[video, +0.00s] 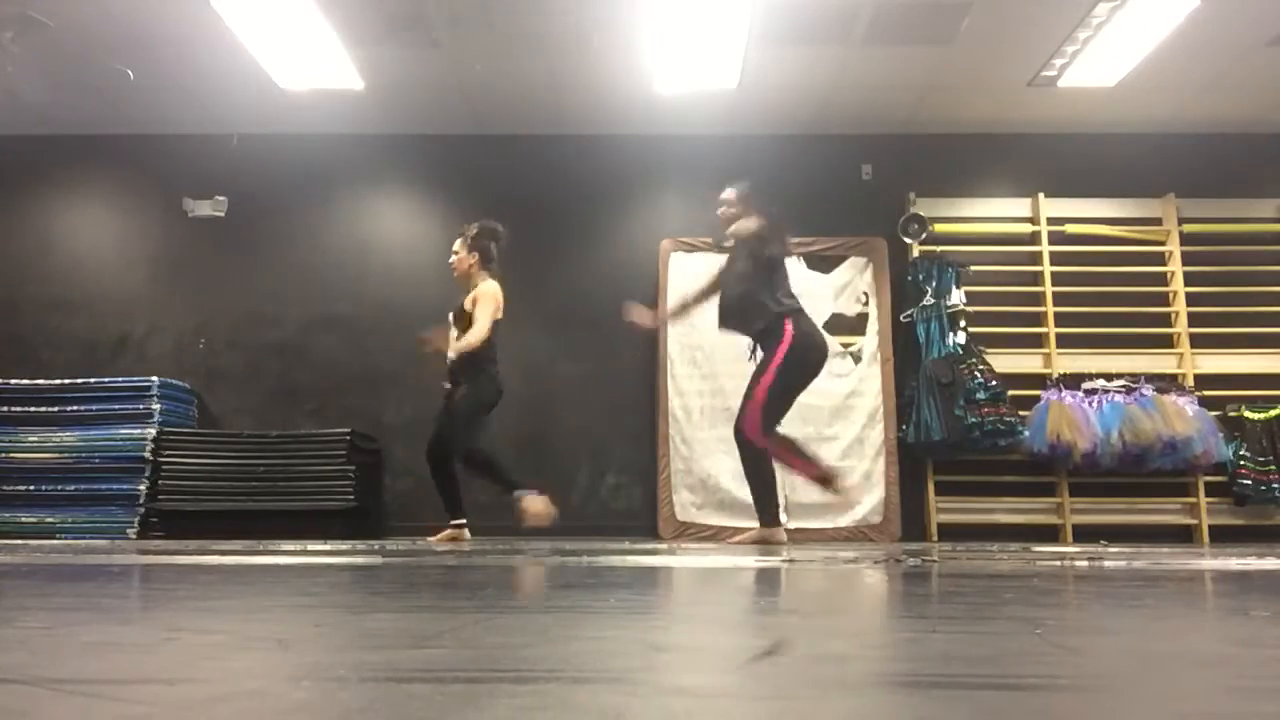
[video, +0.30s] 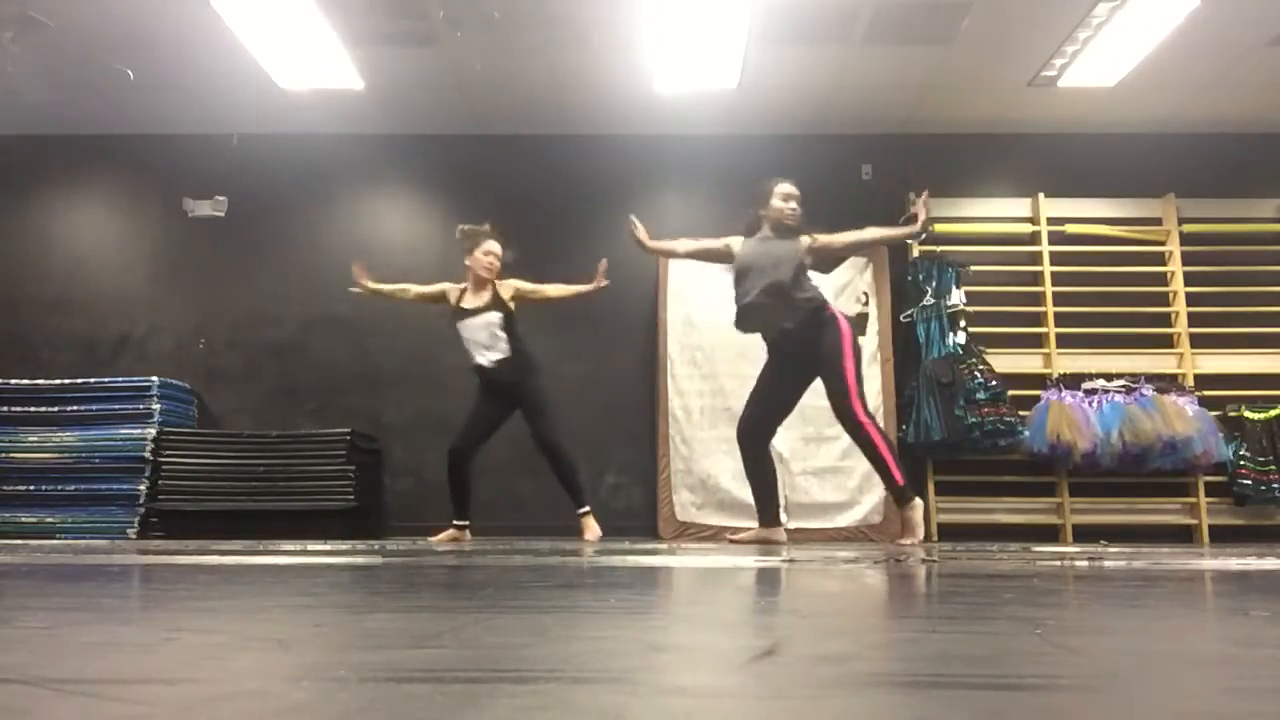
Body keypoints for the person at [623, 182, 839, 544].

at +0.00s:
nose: (720, 211)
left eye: (727, 205)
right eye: (719, 205)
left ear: (749, 207)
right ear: (725, 212)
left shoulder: (759, 232)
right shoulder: (737, 253)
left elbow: (758, 230)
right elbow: (704, 293)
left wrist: (744, 231)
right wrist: (660, 317)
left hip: (793, 338)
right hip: (779, 344)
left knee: (755, 428)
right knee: (747, 431)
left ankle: (832, 481)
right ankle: (770, 526)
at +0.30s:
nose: (795, 205)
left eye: (798, 200)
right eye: (786, 198)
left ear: (800, 208)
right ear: (763, 207)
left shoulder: (807, 244)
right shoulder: (738, 247)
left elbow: (861, 237)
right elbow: (689, 247)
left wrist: (912, 229)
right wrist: (650, 244)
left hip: (828, 332)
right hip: (787, 350)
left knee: (852, 415)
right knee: (751, 433)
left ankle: (907, 504)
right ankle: (770, 527)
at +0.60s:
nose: (849, 231)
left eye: (848, 224)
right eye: (841, 223)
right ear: (818, 228)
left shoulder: (841, 276)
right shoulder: (800, 262)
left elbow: (856, 269)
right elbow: (772, 256)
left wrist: (862, 256)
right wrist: (745, 247)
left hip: (847, 372)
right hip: (801, 374)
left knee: (885, 440)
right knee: (772, 452)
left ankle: (913, 522)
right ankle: (757, 528)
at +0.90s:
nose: (904, 210)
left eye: (909, 203)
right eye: (895, 204)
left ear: (916, 209)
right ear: (880, 212)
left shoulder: (915, 265)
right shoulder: (854, 245)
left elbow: (906, 317)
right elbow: (817, 291)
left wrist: (902, 341)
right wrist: (859, 321)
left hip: (878, 358)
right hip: (830, 350)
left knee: (892, 440)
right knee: (782, 430)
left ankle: (913, 529)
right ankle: (752, 518)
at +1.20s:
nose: (899, 180)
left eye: (907, 173)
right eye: (894, 175)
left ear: (923, 181)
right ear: (883, 182)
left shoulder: (925, 217)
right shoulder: (879, 212)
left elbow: (919, 192)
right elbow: (861, 170)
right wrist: (848, 123)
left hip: (901, 326)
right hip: (866, 315)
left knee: (891, 425)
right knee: (800, 288)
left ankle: (914, 528)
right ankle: (716, 321)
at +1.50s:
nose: (863, 250)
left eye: (869, 240)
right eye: (860, 243)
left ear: (894, 237)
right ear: (861, 246)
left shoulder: (914, 263)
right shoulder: (879, 280)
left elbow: (872, 295)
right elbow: (846, 326)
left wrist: (839, 254)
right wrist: (843, 272)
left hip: (962, 367)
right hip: (921, 372)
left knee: (903, 433)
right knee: (861, 404)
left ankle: (914, 530)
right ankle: (905, 457)